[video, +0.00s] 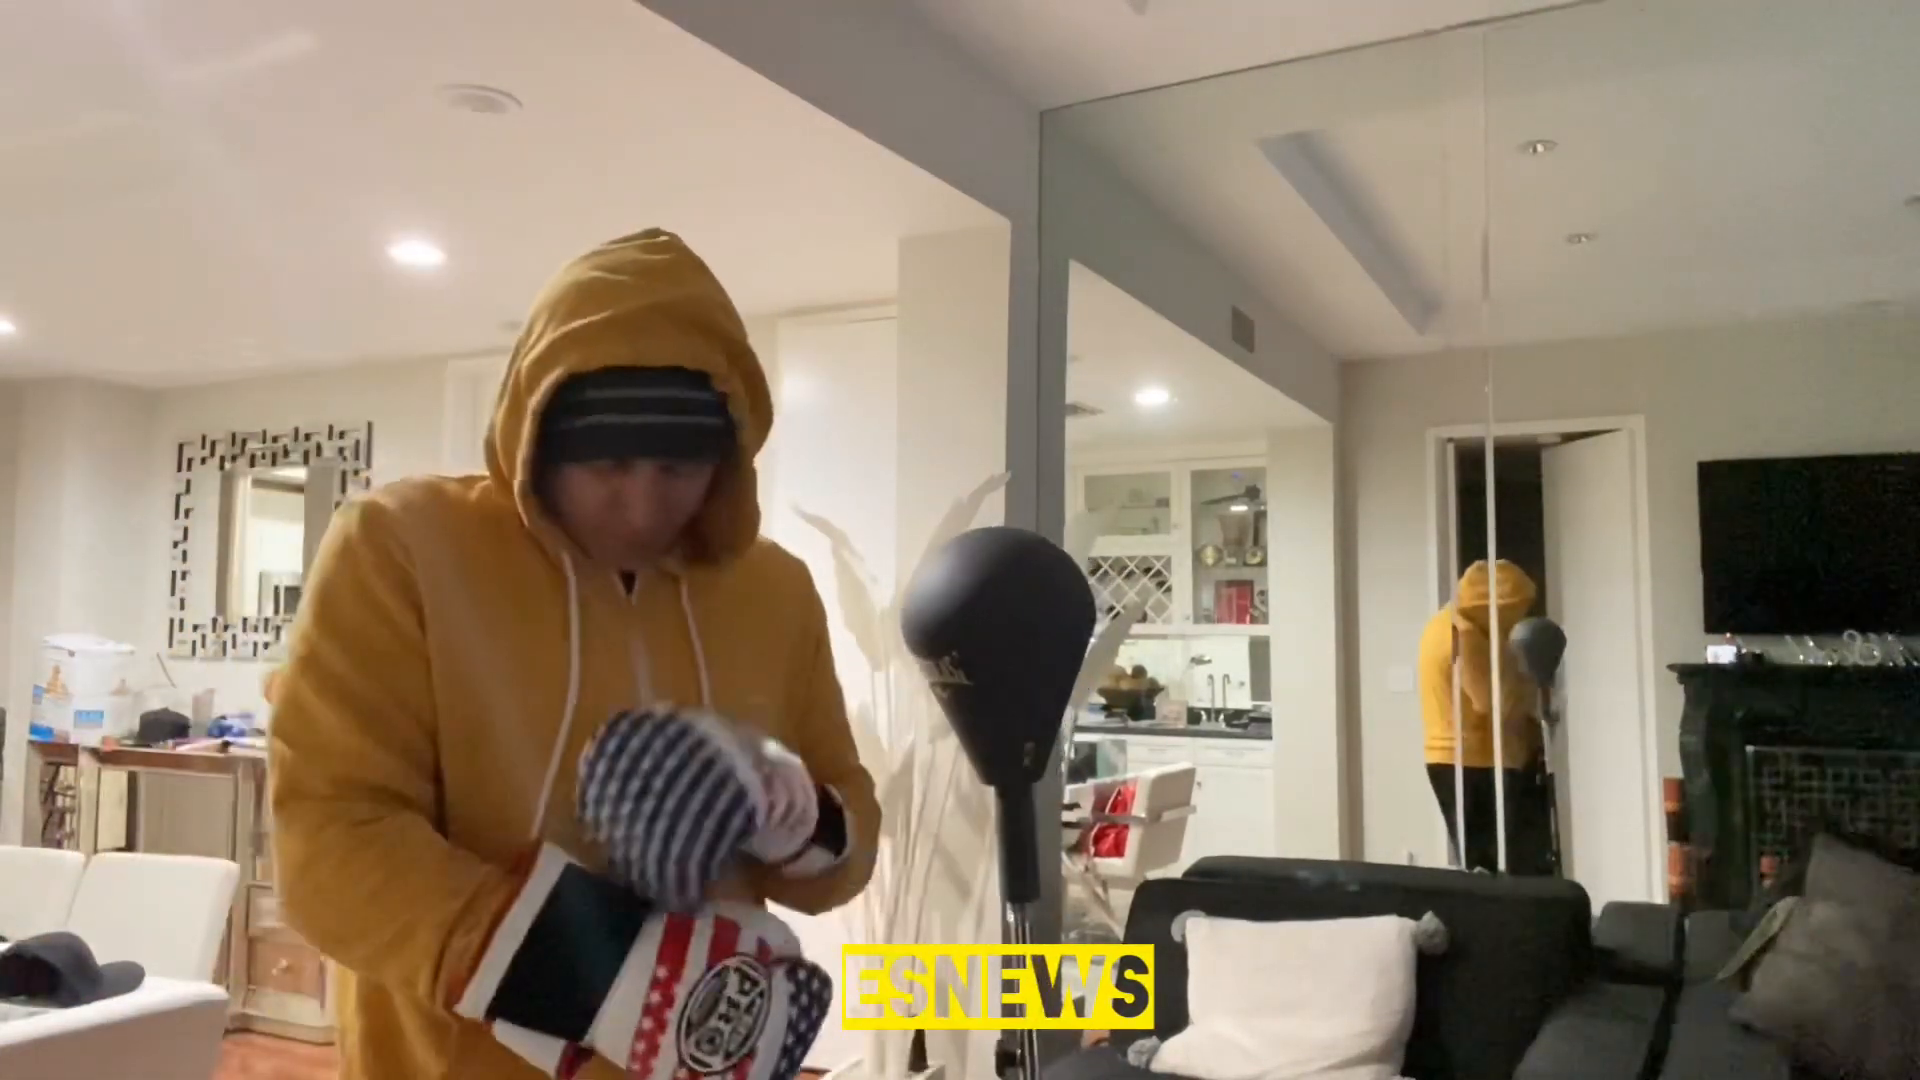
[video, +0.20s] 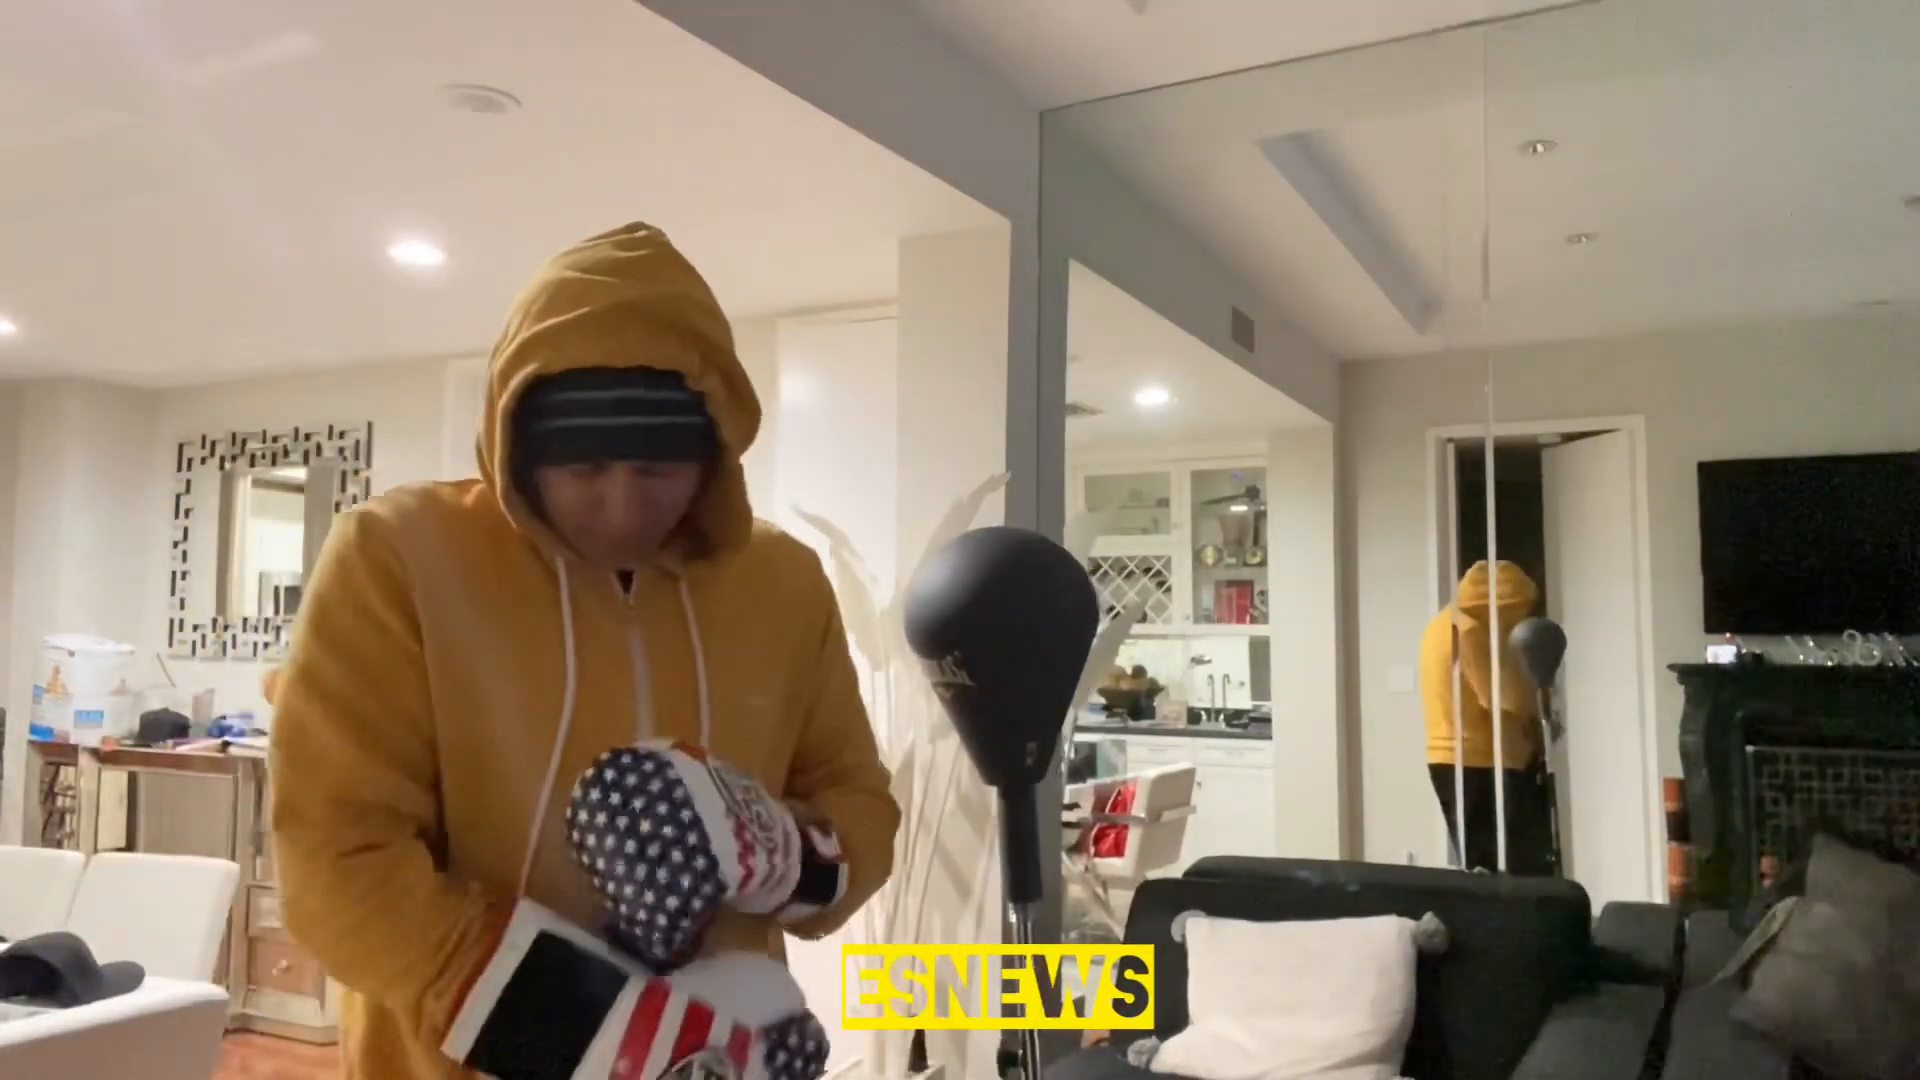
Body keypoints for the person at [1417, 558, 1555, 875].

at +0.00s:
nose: (1517, 619)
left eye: (1521, 610)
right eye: (1517, 609)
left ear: (1475, 596)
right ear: (1496, 604)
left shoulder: (1439, 628)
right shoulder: (1466, 634)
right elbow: (1491, 700)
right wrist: (1527, 686)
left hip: (1449, 763)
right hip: (1478, 765)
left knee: (1478, 865)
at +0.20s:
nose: (1519, 620)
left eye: (1524, 611)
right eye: (1520, 609)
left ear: (1475, 593)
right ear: (1500, 603)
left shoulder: (1439, 627)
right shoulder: (1470, 630)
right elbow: (1507, 696)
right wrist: (1536, 695)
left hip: (1451, 765)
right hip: (1484, 767)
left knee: (1480, 870)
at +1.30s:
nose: (1542, 615)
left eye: (1543, 609)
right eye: (1540, 608)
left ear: (1492, 589)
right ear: (1532, 600)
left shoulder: (1453, 631)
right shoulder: (1519, 629)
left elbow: (1458, 694)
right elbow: (1549, 691)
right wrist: (1580, 677)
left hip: (1462, 762)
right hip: (1514, 765)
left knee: (1475, 855)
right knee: (1524, 858)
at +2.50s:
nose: (1542, 600)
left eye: (1541, 593)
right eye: (1539, 591)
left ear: (1481, 585)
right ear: (1527, 591)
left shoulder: (1453, 631)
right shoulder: (1523, 631)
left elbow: (1453, 692)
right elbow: (1552, 693)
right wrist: (1577, 677)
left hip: (1465, 762)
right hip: (1518, 765)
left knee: (1477, 851)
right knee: (1527, 854)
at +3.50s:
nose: (1528, 600)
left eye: (1528, 593)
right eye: (1525, 592)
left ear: (1471, 588)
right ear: (1514, 592)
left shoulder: (1442, 632)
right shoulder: (1509, 636)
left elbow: (1451, 695)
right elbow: (1538, 704)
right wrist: (1565, 725)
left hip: (1459, 766)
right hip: (1513, 768)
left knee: (1478, 857)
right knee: (1526, 860)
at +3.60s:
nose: (1534, 607)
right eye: (1531, 600)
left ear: (1472, 590)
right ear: (1521, 596)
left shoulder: (1443, 633)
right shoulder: (1529, 637)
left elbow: (1448, 700)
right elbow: (1555, 706)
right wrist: (1565, 744)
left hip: (1460, 763)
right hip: (1519, 765)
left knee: (1477, 851)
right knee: (1529, 854)